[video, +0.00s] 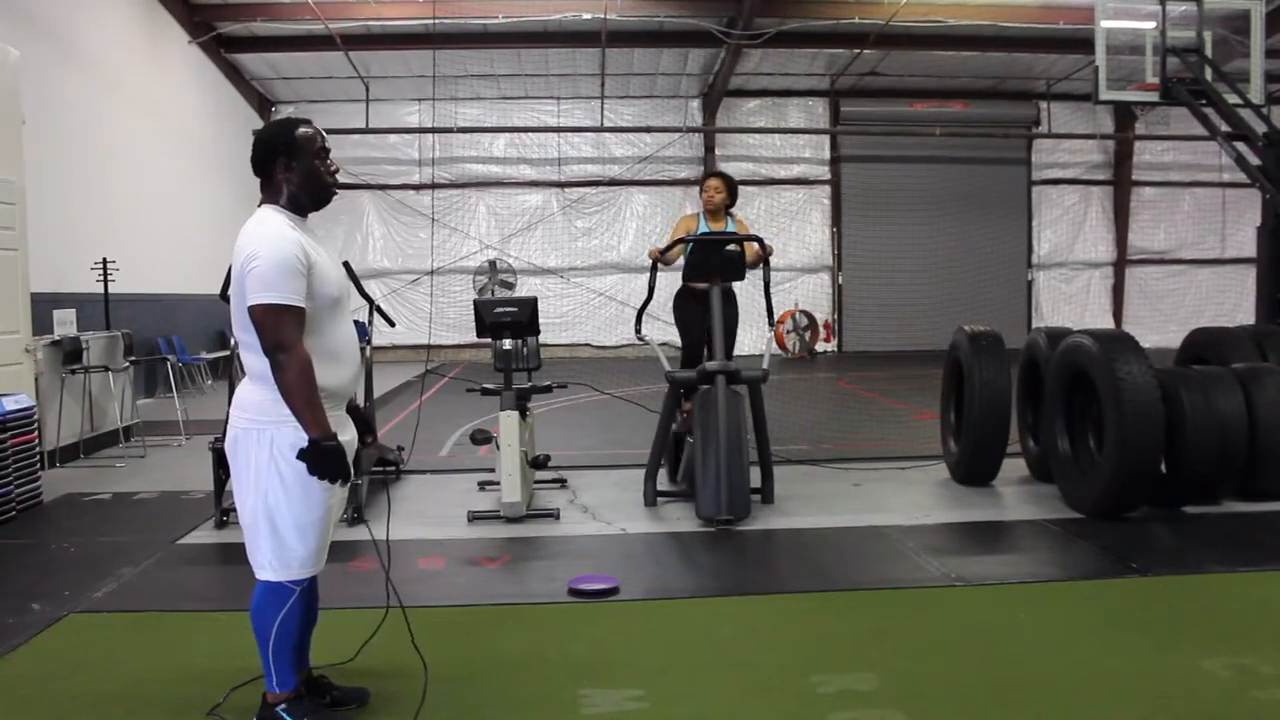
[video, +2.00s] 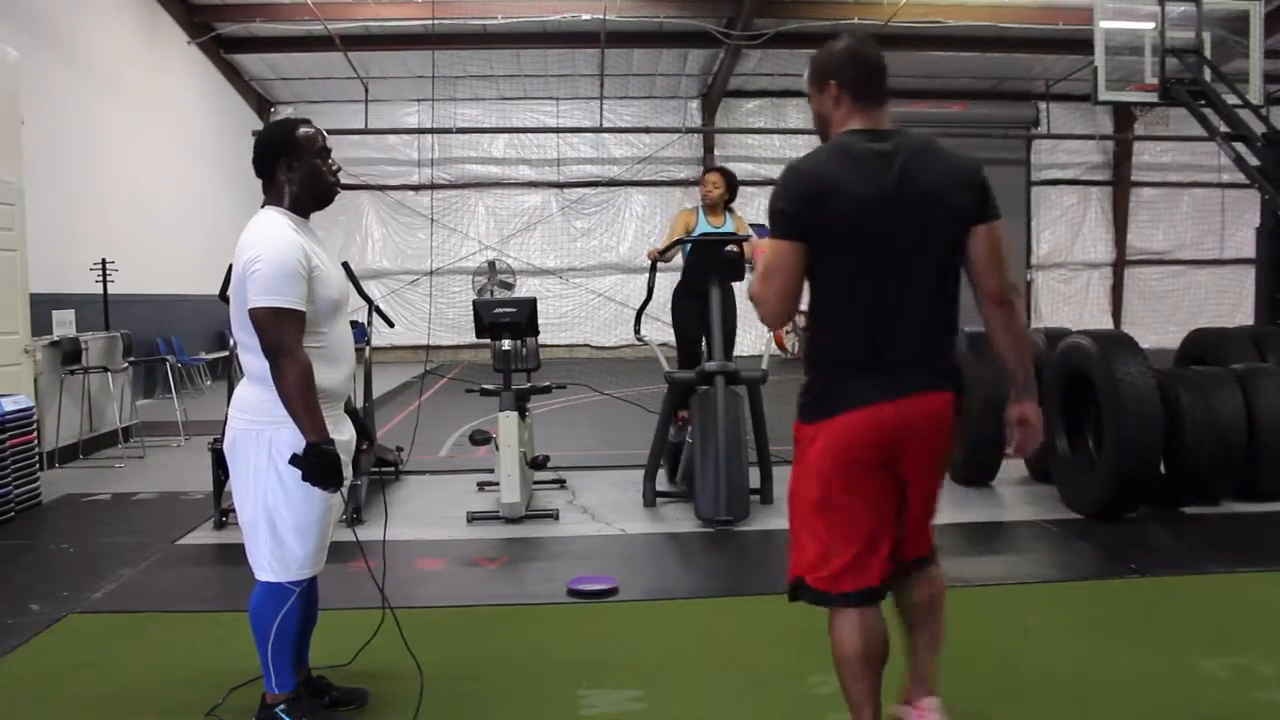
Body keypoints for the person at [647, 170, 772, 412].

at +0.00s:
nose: (709, 196)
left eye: (717, 192)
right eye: (705, 191)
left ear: (728, 198)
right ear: (701, 195)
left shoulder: (737, 225)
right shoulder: (688, 223)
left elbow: (748, 260)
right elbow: (672, 257)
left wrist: (760, 254)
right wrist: (660, 255)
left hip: (724, 297)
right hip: (691, 298)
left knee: (722, 356)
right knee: (693, 351)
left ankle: (721, 409)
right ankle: (687, 405)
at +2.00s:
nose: (707, 190)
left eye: (714, 186)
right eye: (704, 184)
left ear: (727, 193)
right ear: (699, 188)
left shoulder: (736, 221)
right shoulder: (687, 217)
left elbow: (752, 254)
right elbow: (671, 251)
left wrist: (738, 252)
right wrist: (660, 254)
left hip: (722, 292)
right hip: (689, 293)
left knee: (723, 355)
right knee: (689, 355)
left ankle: (722, 409)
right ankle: (682, 409)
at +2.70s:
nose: (692, 196)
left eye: (697, 191)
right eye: (687, 191)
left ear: (706, 197)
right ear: (677, 196)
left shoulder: (717, 224)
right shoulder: (668, 227)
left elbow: (726, 256)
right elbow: (658, 259)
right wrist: (657, 257)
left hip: (713, 300)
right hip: (681, 301)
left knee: (724, 360)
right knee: (684, 367)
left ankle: (722, 422)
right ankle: (681, 427)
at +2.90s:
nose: (706, 188)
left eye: (710, 184)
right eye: (699, 184)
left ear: (717, 189)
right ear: (688, 191)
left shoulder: (724, 220)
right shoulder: (676, 221)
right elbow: (662, 257)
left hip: (718, 294)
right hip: (685, 293)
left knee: (718, 359)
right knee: (687, 360)